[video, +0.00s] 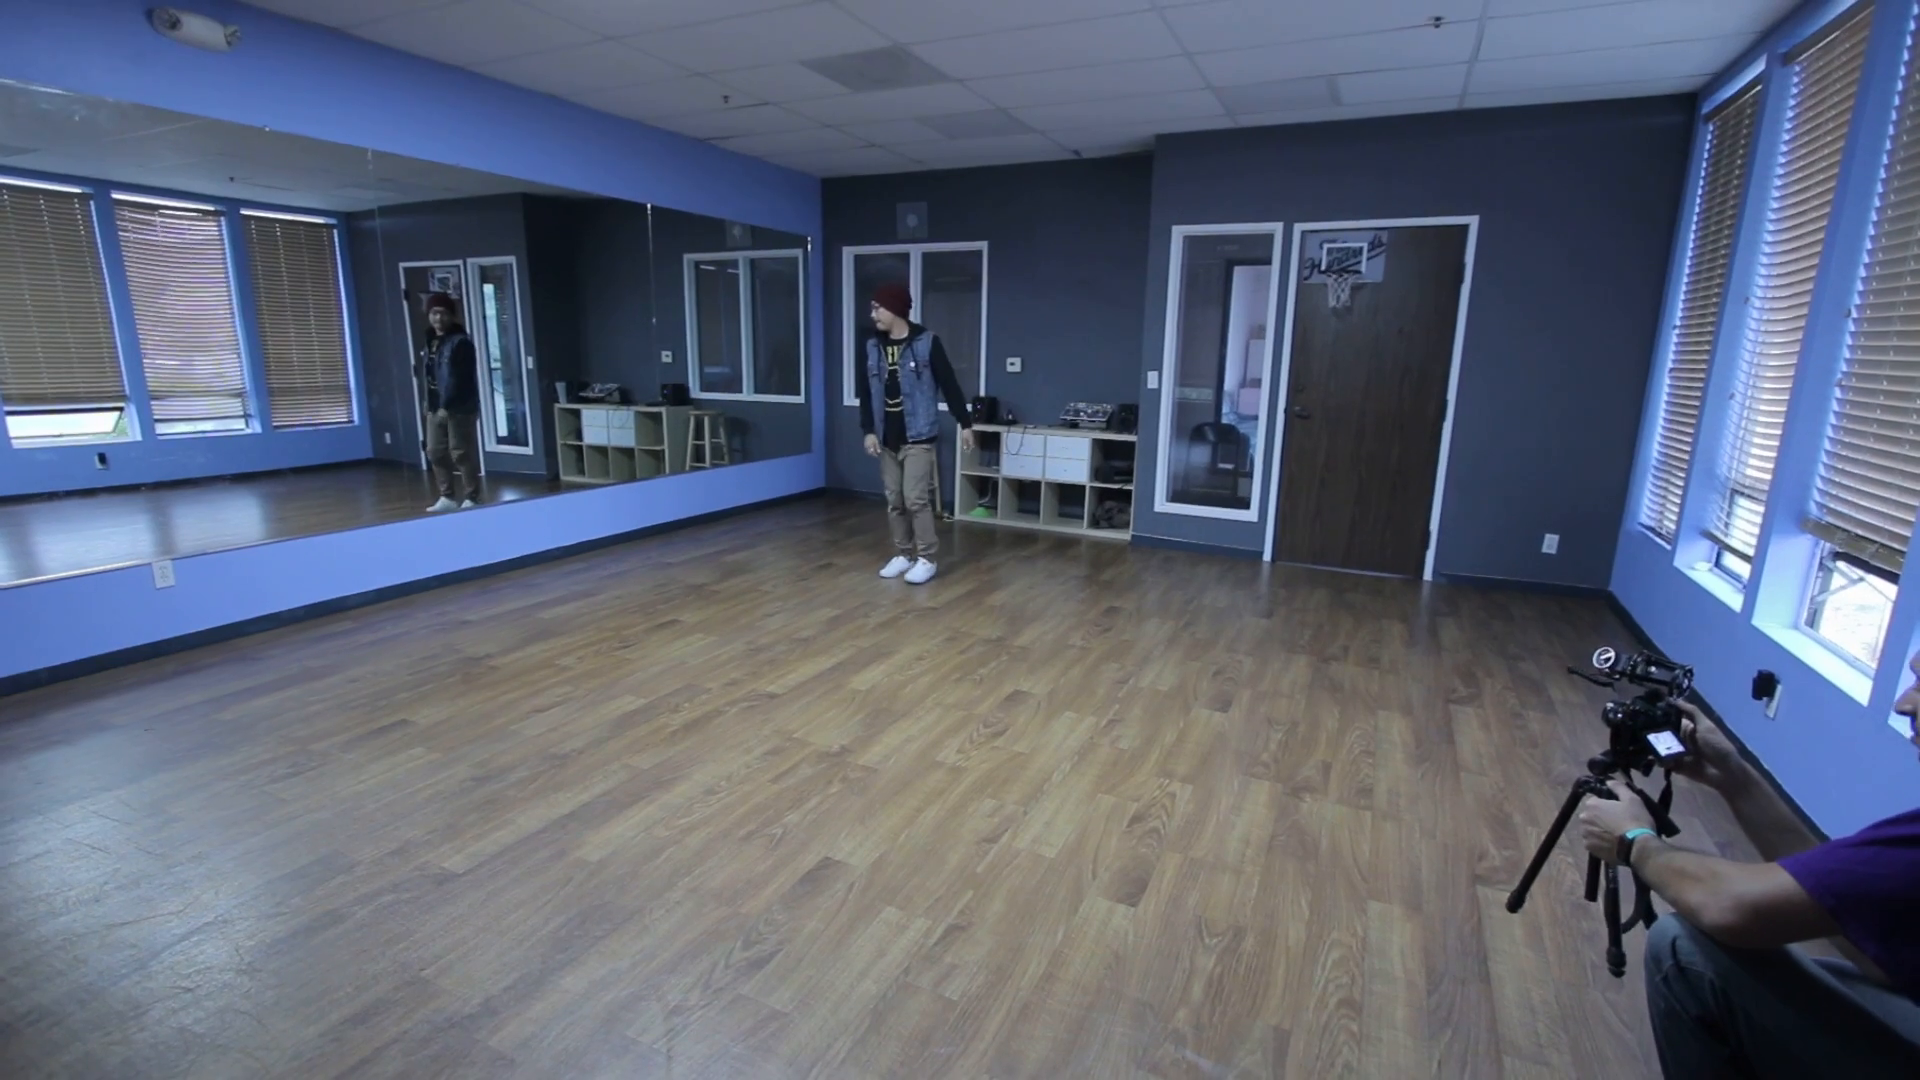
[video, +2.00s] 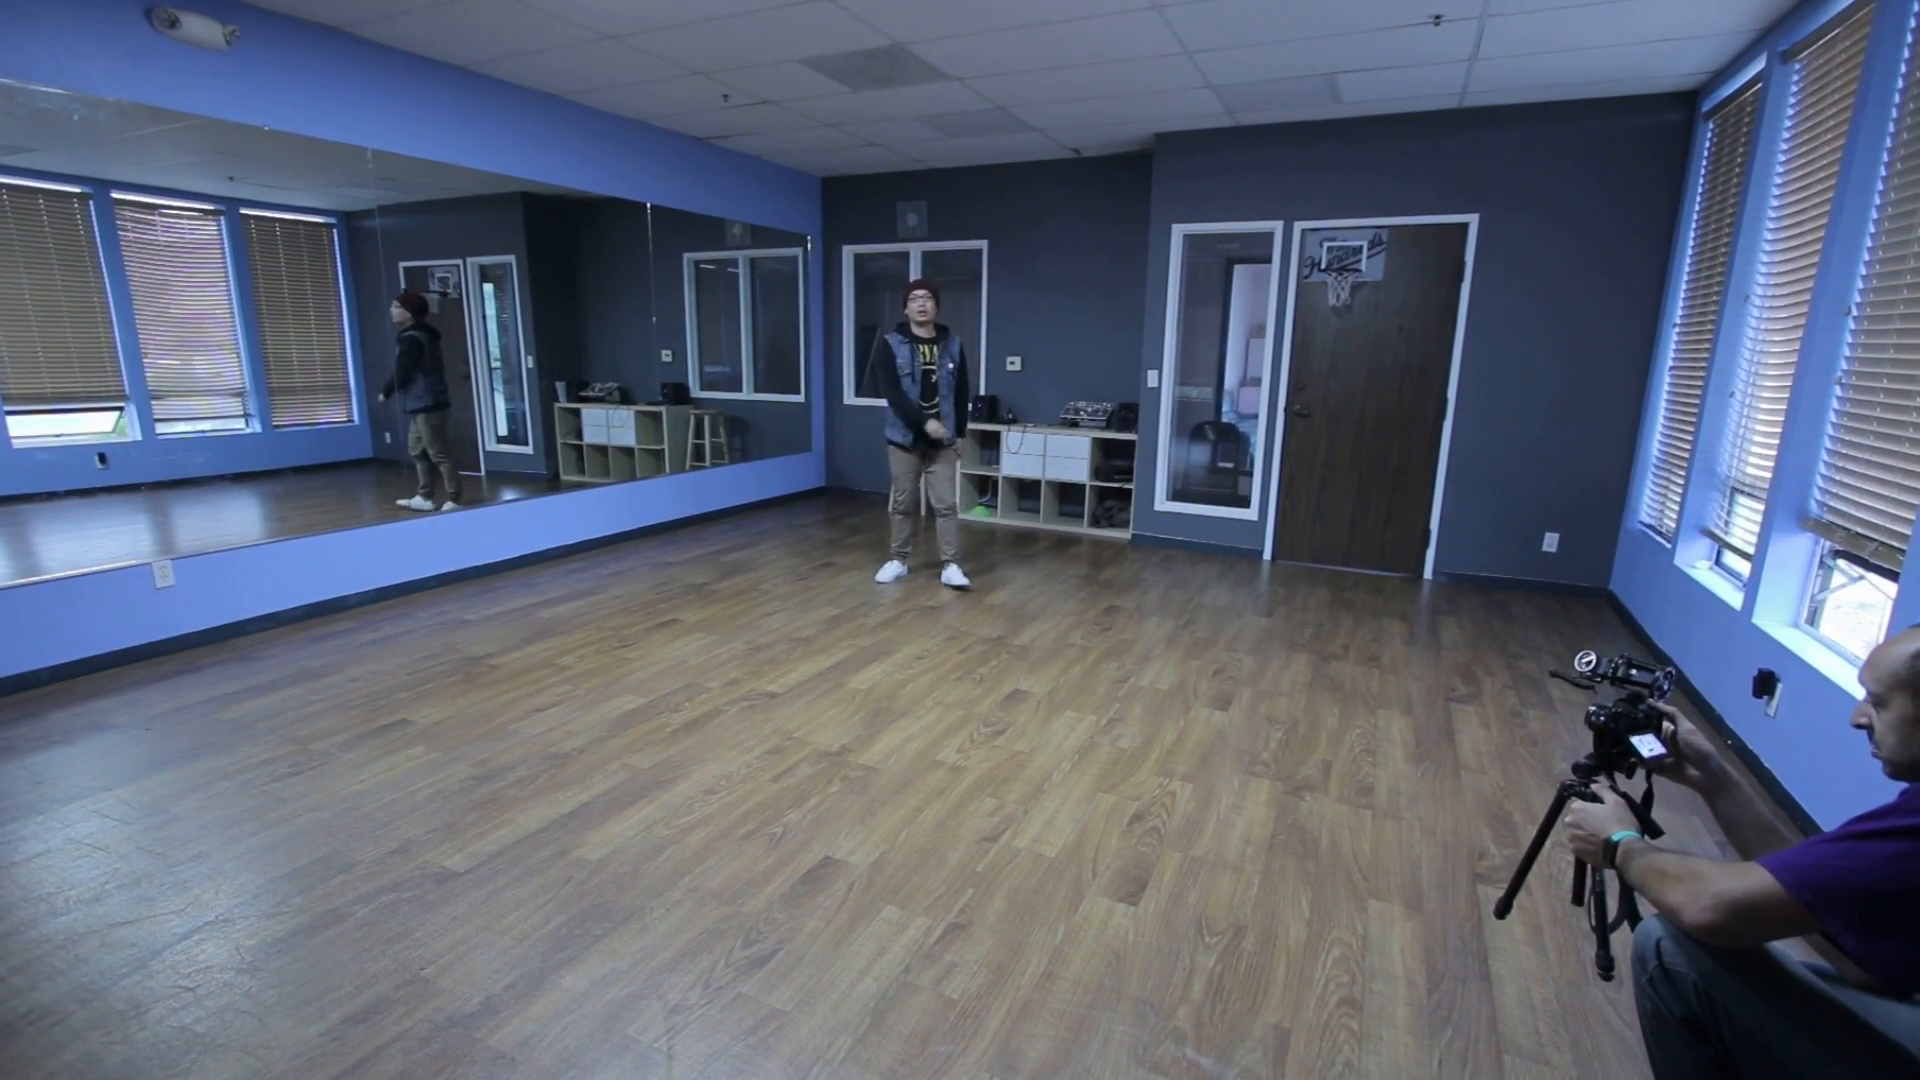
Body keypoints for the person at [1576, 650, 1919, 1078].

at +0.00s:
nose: (1905, 701)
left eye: (1917, 676)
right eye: (1912, 676)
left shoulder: (1913, 841)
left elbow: (1732, 911)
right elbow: (1874, 938)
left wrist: (1634, 841)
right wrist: (1732, 775)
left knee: (1685, 948)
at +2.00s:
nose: (1858, 720)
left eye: (1878, 701)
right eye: (1866, 699)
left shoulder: (1912, 816)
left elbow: (1713, 909)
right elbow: (1866, 959)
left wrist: (1619, 843)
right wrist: (1713, 779)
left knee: (1673, 950)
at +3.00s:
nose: (1875, 692)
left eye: (1897, 678)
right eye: (1887, 675)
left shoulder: (1913, 815)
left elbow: (1709, 908)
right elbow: (1867, 957)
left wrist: (1623, 842)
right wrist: (1720, 781)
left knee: (1672, 949)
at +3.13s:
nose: (1894, 677)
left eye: (1915, 658)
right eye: (1909, 657)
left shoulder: (1915, 813)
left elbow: (1709, 909)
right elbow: (1861, 950)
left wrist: (1622, 842)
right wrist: (1721, 784)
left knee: (1671, 949)